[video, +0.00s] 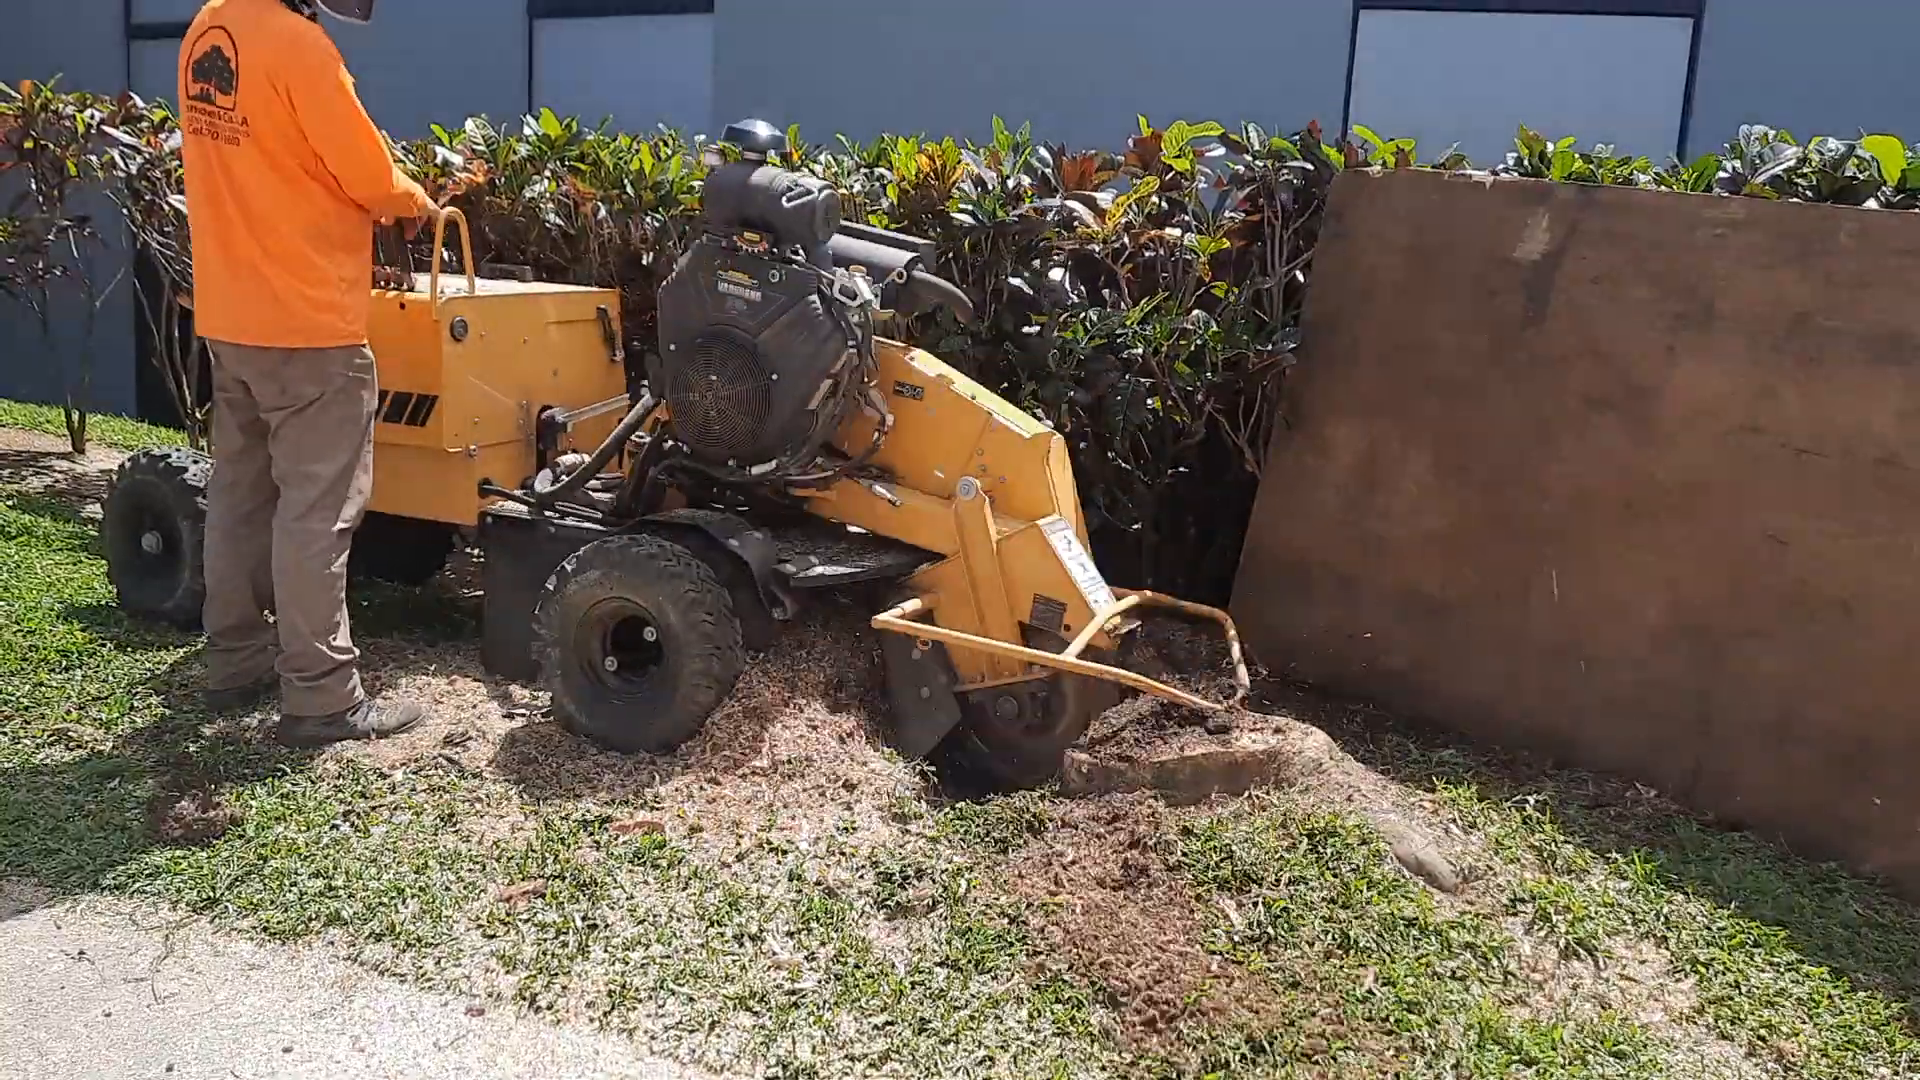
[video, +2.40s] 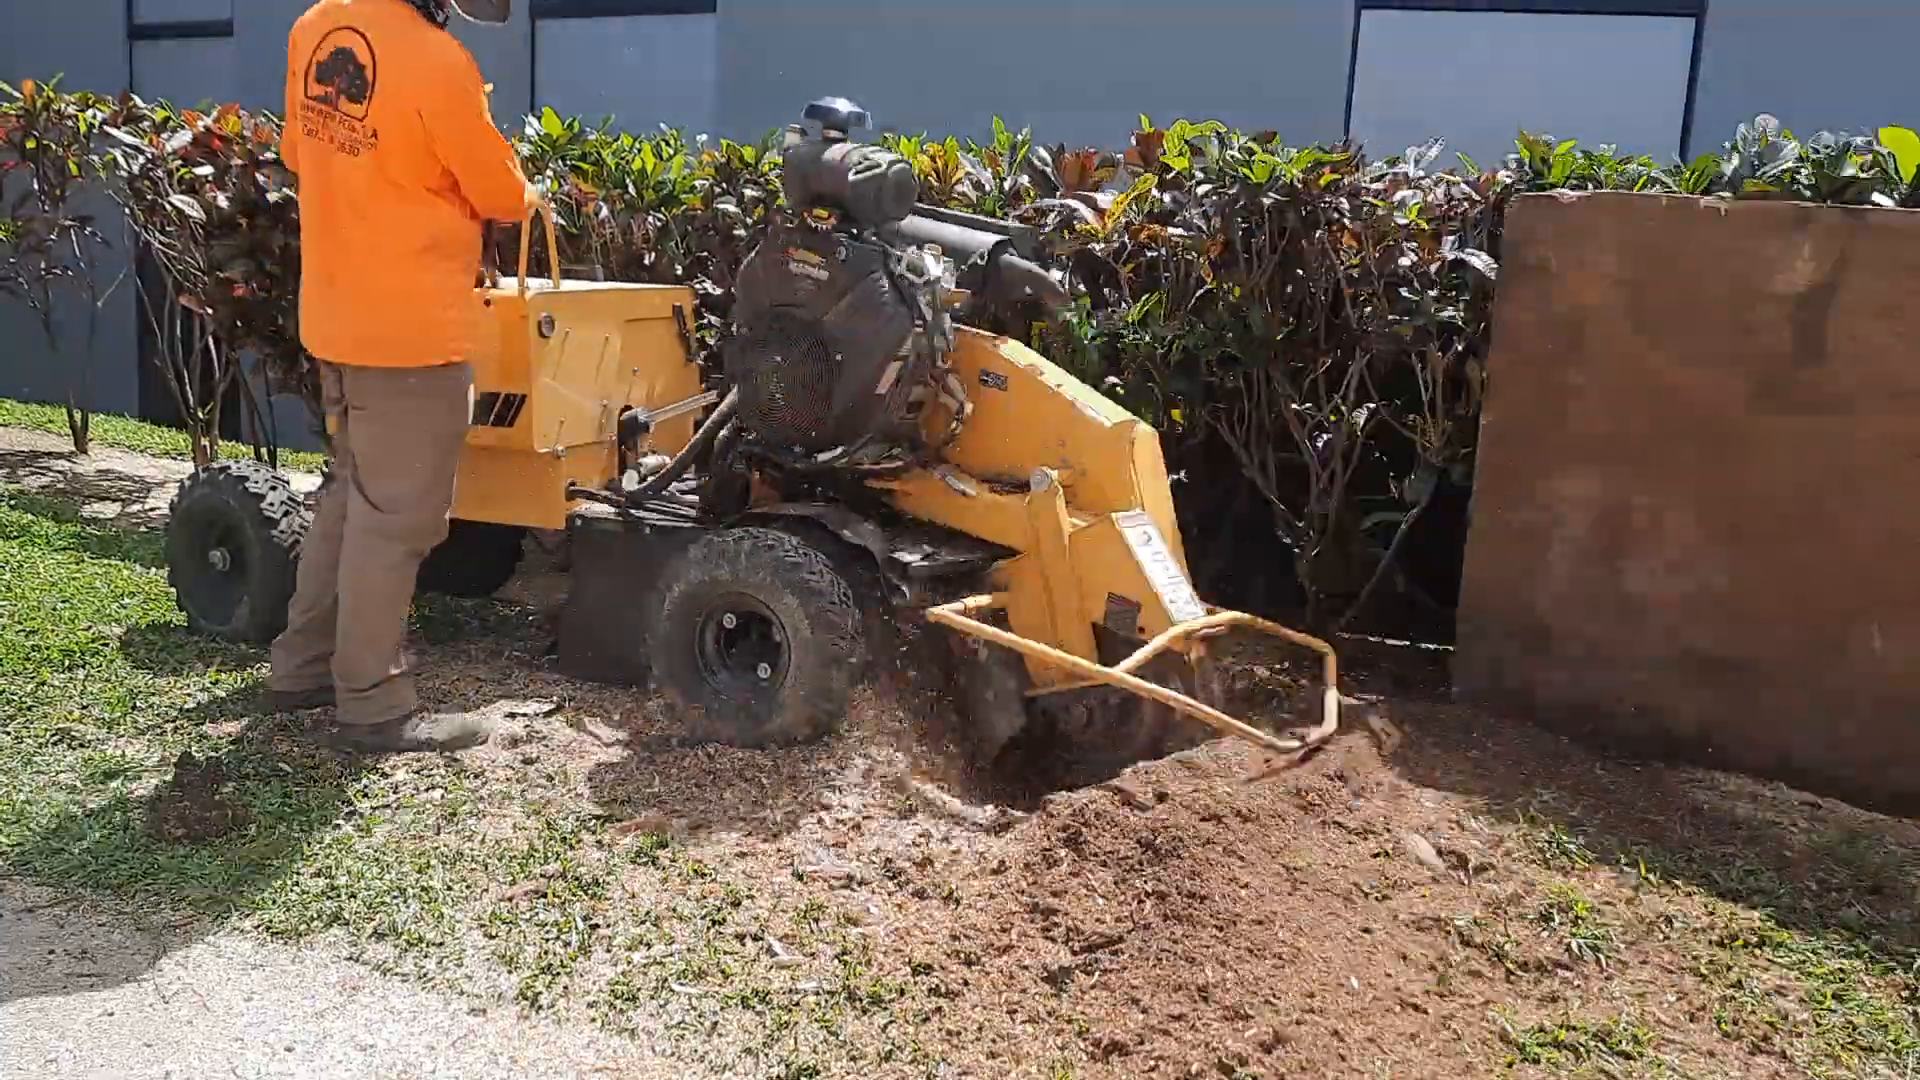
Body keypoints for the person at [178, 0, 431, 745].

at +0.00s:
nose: (367, 9)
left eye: (368, 3)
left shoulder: (207, 24)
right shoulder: (301, 45)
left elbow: (269, 158)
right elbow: (373, 178)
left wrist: (380, 200)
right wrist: (420, 203)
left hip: (229, 321)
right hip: (309, 326)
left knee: (238, 499)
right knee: (319, 507)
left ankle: (233, 665)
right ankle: (320, 698)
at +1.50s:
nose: (409, 13)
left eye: (409, 7)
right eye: (407, 3)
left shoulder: (274, 27)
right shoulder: (346, 49)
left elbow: (344, 159)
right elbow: (422, 173)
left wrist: (449, 174)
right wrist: (499, 191)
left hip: (279, 323)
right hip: (352, 328)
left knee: (276, 495)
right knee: (349, 509)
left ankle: (256, 658)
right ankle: (345, 693)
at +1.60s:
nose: (416, 12)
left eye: (416, 7)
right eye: (413, 4)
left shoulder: (279, 25)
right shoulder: (345, 48)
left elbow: (342, 162)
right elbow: (413, 183)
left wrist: (444, 188)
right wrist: (472, 191)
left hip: (314, 311)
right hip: (357, 318)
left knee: (375, 482)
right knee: (344, 502)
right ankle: (323, 695)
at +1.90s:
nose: (400, 13)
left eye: (402, 6)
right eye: (399, 2)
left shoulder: (274, 23)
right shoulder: (331, 51)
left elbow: (346, 165)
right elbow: (408, 180)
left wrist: (437, 191)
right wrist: (472, 185)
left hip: (307, 317)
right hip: (351, 324)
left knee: (368, 489)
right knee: (342, 509)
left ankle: (412, 633)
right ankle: (322, 695)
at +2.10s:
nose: (434, 26)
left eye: (440, 19)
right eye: (435, 16)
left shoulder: (335, 24)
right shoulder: (362, 44)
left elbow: (373, 158)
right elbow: (422, 189)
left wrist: (450, 180)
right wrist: (476, 193)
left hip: (318, 287)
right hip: (360, 280)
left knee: (323, 488)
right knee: (549, 333)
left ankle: (294, 666)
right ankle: (617, 520)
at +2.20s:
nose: (435, 14)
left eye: (435, 8)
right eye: (431, 5)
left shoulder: (339, 30)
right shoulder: (342, 39)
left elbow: (390, 168)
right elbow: (406, 182)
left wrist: (482, 189)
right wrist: (498, 196)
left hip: (329, 288)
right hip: (360, 280)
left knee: (329, 486)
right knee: (547, 326)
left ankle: (298, 665)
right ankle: (650, 510)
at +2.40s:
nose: (479, 8)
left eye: (480, 4)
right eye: (474, 2)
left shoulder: (315, 25)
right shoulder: (437, 61)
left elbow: (297, 153)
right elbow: (501, 196)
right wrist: (529, 194)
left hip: (334, 315)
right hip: (411, 327)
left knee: (351, 491)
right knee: (398, 515)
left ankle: (302, 666)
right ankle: (373, 707)